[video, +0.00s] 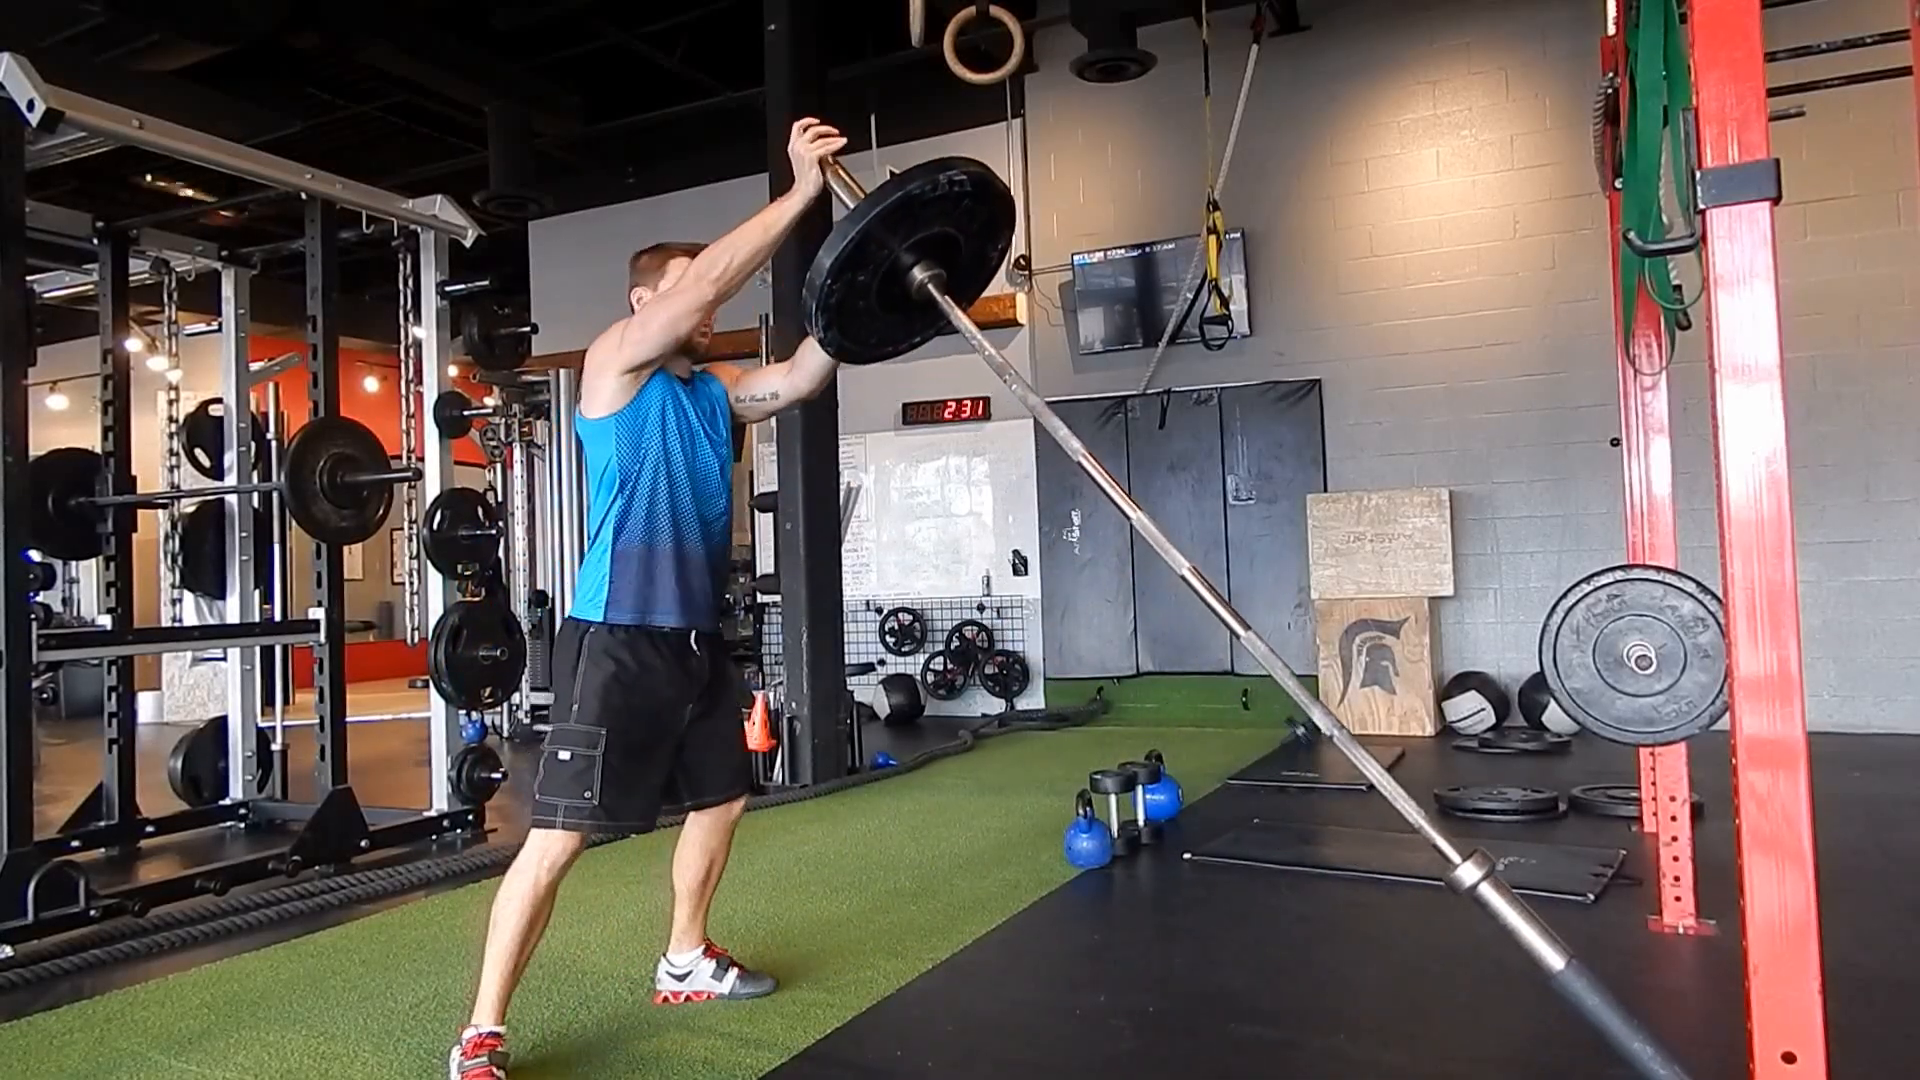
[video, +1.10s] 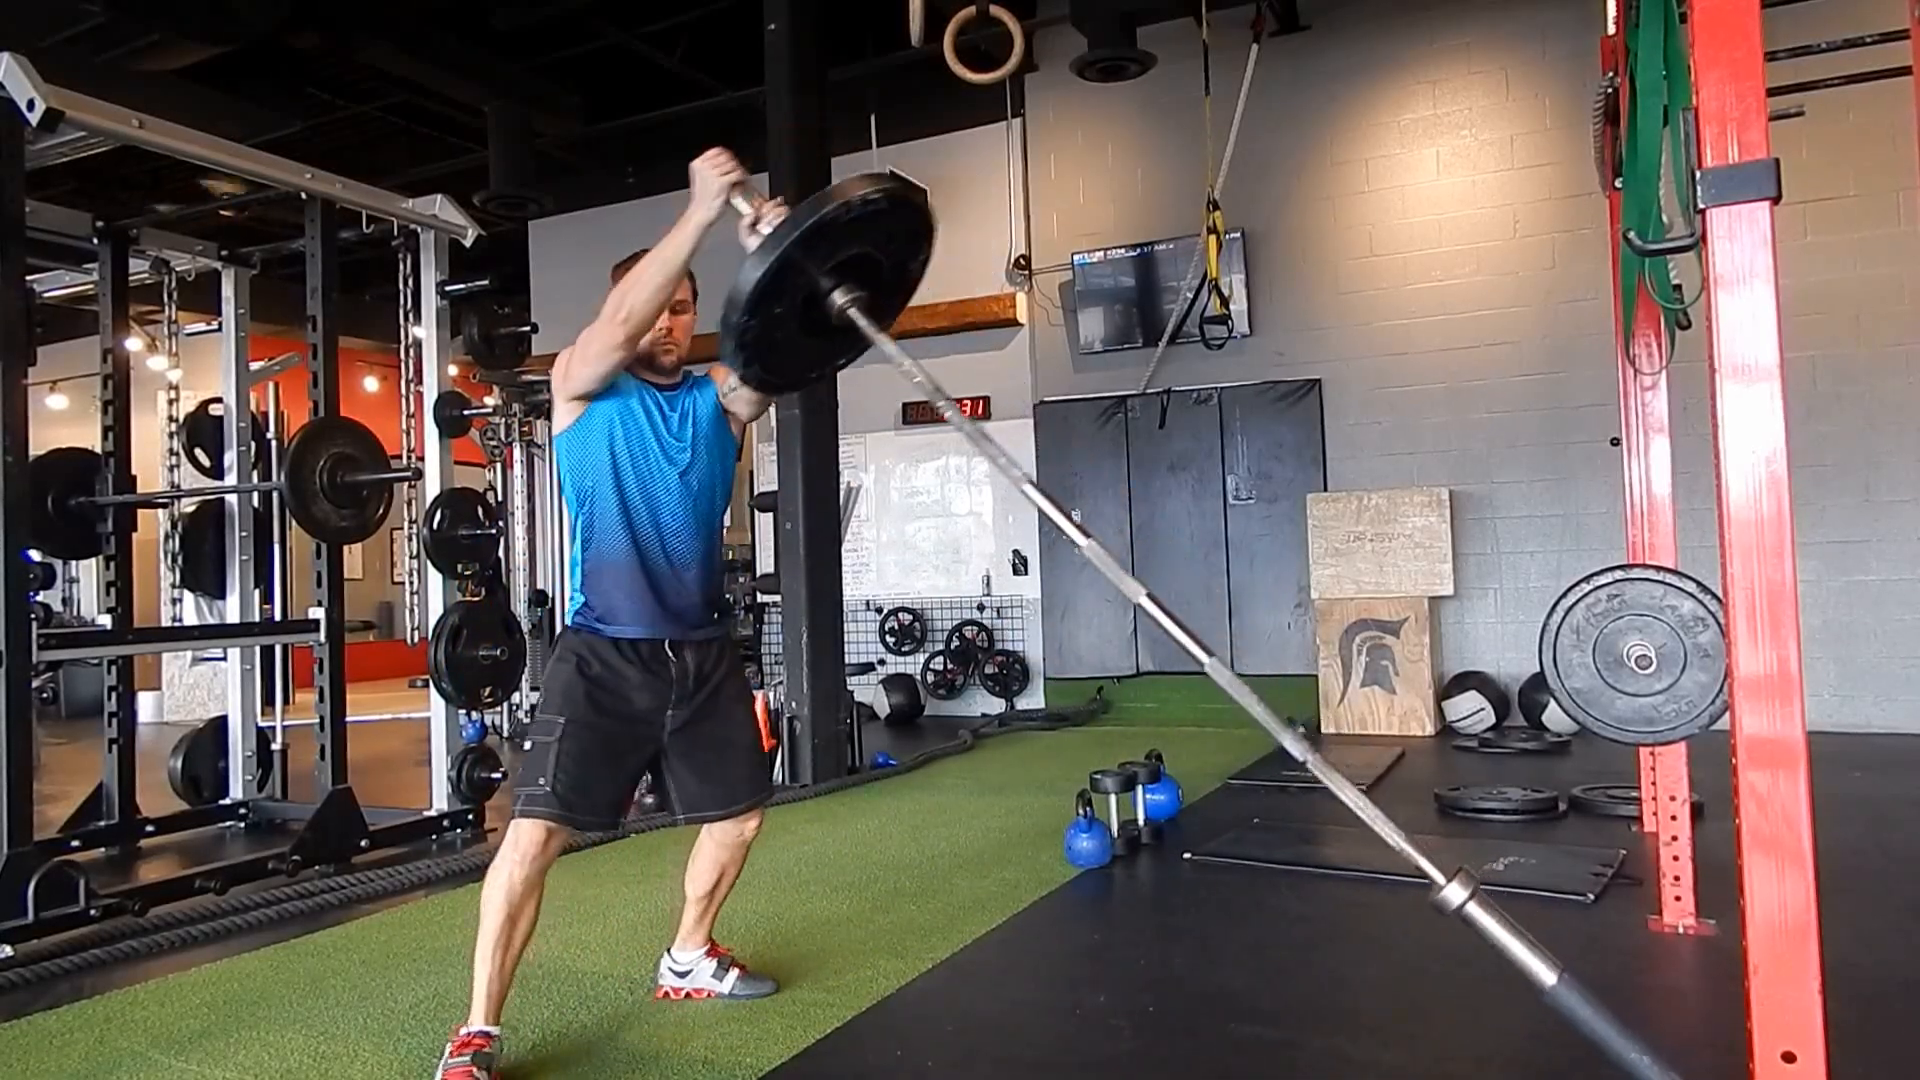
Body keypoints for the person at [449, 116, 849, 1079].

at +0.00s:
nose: (703, 291)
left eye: (704, 281)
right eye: (686, 282)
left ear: (698, 297)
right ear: (644, 293)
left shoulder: (720, 388)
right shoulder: (610, 364)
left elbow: (805, 370)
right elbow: (704, 281)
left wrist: (875, 284)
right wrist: (800, 192)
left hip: (699, 642)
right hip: (614, 639)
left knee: (719, 792)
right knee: (559, 834)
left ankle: (685, 960)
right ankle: (483, 1031)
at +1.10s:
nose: (671, 314)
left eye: (681, 301)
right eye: (655, 302)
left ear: (698, 318)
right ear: (622, 318)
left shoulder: (721, 399)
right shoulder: (580, 391)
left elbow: (794, 341)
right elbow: (621, 318)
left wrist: (783, 239)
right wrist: (698, 211)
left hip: (705, 659)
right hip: (601, 659)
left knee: (737, 808)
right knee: (536, 831)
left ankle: (687, 956)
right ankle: (479, 1026)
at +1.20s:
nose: (655, 333)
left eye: (671, 320)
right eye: (642, 318)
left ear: (695, 331)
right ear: (615, 325)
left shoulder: (715, 411)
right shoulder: (574, 405)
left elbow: (767, 355)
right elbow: (570, 357)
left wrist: (728, 283)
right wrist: (634, 259)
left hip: (697, 662)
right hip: (586, 663)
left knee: (734, 815)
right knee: (519, 831)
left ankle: (695, 948)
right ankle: (475, 1027)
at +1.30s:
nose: (643, 336)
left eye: (658, 320)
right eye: (630, 321)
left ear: (685, 330)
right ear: (605, 335)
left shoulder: (704, 419)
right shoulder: (569, 405)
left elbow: (743, 396)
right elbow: (530, 419)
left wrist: (683, 322)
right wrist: (567, 324)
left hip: (684, 665)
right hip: (570, 665)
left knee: (728, 821)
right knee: (506, 828)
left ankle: (711, 940)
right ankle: (473, 1029)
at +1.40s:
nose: (620, 342)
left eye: (636, 326)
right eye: (604, 329)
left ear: (666, 326)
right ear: (585, 332)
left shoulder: (694, 397)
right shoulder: (554, 394)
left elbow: (694, 448)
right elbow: (496, 483)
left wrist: (625, 386)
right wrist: (504, 403)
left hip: (671, 667)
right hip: (557, 668)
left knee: (722, 832)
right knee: (491, 834)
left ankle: (727, 935)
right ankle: (472, 1032)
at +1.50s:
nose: (596, 352)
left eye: (613, 335)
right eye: (581, 336)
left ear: (646, 340)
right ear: (565, 341)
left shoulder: (680, 420)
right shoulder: (525, 429)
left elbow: (638, 507)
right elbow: (504, 528)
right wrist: (459, 494)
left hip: (659, 670)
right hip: (545, 675)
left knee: (715, 832)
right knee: (480, 836)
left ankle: (740, 932)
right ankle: (471, 1032)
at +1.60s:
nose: (574, 362)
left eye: (591, 345)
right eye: (559, 345)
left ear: (626, 348)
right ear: (545, 349)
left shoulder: (663, 431)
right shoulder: (515, 441)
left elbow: (626, 544)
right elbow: (490, 555)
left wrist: (512, 576)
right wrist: (440, 561)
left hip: (644, 674)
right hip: (534, 673)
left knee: (712, 843)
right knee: (468, 840)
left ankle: (753, 927)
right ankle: (469, 1034)